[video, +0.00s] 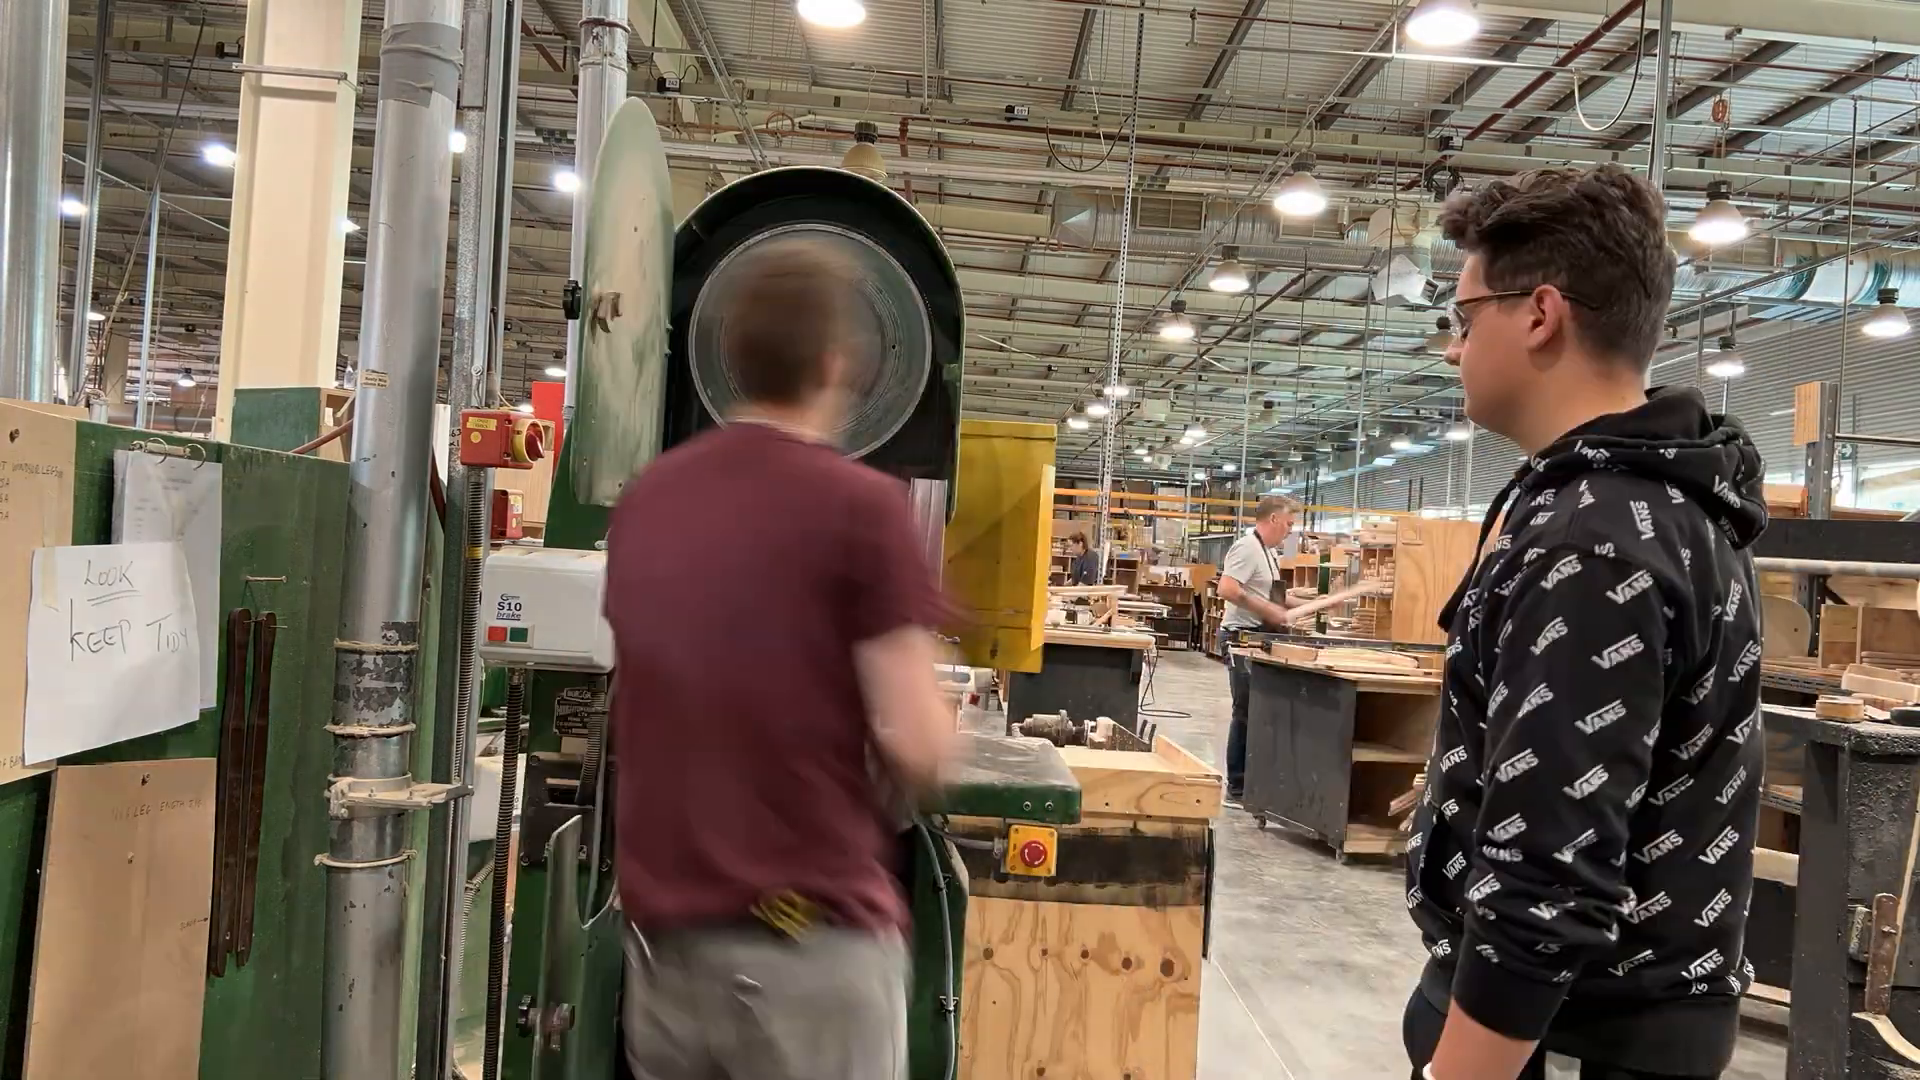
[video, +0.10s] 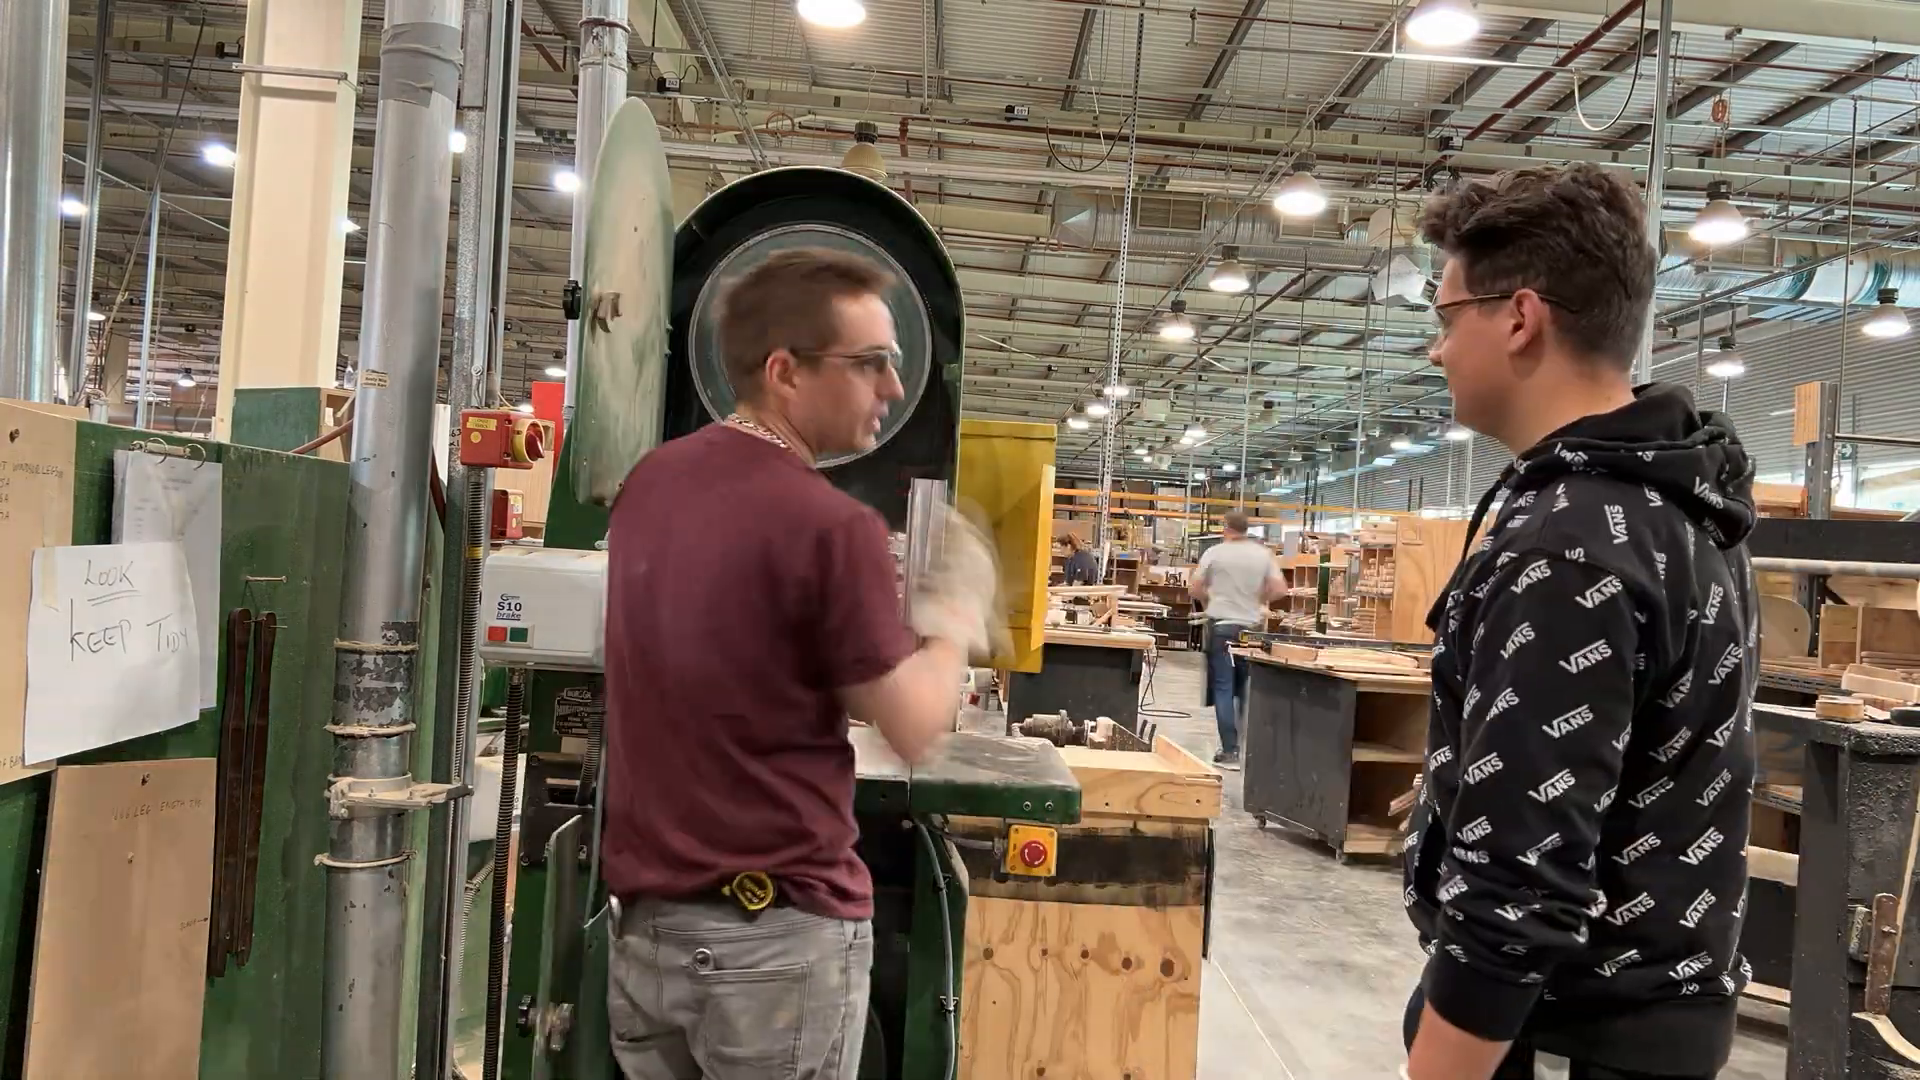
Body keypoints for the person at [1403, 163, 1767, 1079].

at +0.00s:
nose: (1451, 345)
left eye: (1466, 313)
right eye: (1455, 315)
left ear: (1542, 317)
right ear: (1546, 319)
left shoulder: (1595, 539)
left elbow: (1541, 895)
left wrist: (1459, 1062)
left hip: (1577, 1027)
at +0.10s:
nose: (1435, 348)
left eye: (1447, 314)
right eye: (1437, 316)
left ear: (1523, 320)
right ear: (1526, 322)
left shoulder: (1569, 544)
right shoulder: (1670, 492)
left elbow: (1515, 897)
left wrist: (1440, 1056)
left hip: (1574, 1026)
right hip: (1652, 1005)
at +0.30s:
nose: (1312, 346)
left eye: (1317, 315)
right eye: (1310, 318)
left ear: (1378, 314)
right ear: (1461, 318)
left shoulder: (1436, 506)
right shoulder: (1516, 477)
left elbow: (1378, 832)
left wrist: (1286, 1043)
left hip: (1434, 986)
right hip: (1508, 967)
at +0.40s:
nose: (1358, 367)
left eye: (1370, 340)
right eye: (1360, 342)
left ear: (1442, 341)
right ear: (1440, 343)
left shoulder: (1503, 535)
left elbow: (1448, 838)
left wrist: (1344, 1044)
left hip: (1442, 986)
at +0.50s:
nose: (1427, 407)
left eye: (1428, 370)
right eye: (1419, 378)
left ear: (1504, 338)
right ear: (1506, 340)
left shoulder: (1614, 549)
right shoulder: (1573, 512)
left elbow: (1554, 901)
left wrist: (1474, 1062)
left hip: (1543, 1029)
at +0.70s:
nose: (1446, 418)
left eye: (1444, 382)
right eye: (1436, 391)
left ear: (1525, 348)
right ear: (1526, 350)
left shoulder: (1639, 579)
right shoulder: (1587, 531)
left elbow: (1571, 930)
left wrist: (1503, 1056)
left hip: (1544, 1033)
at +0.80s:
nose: (1398, 442)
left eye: (1397, 412)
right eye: (1388, 417)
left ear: (1476, 382)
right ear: (1478, 381)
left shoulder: (1622, 596)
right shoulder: (1561, 530)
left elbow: (1577, 927)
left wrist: (1503, 1056)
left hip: (1554, 1032)